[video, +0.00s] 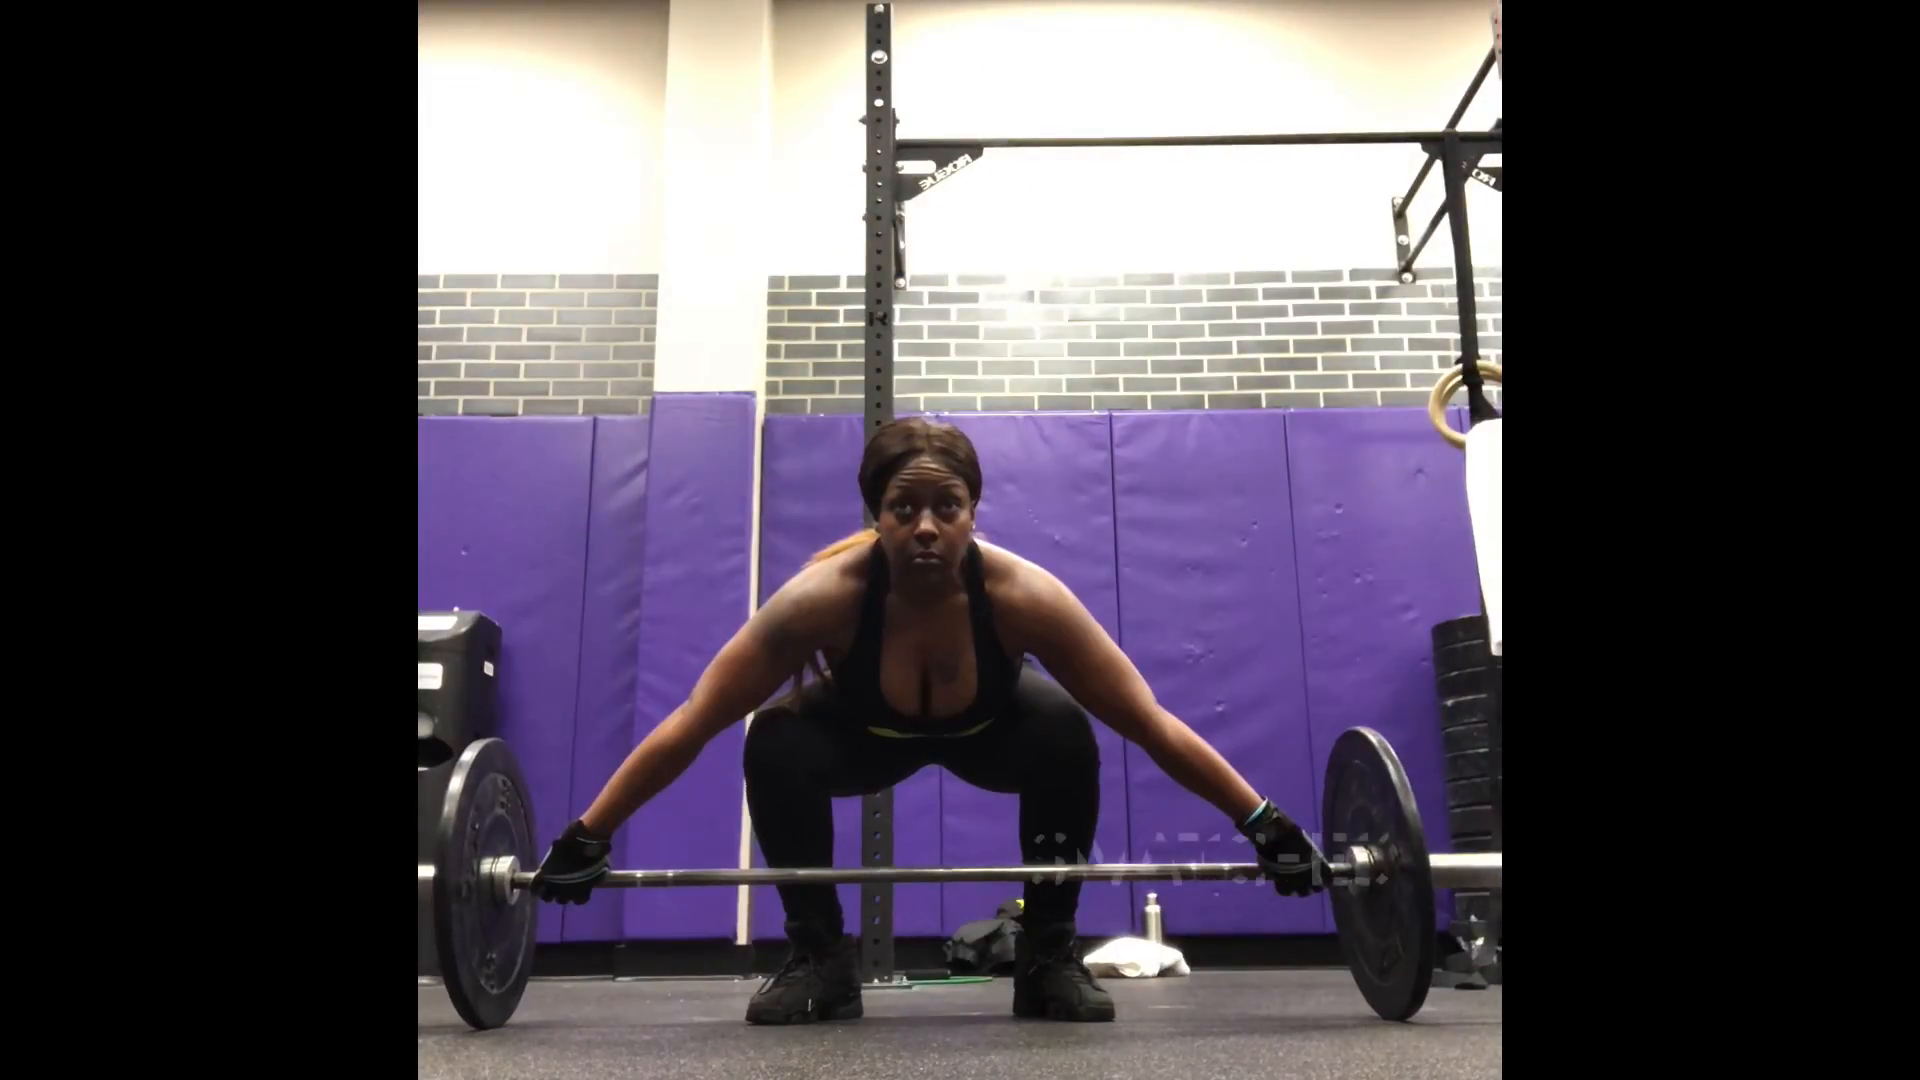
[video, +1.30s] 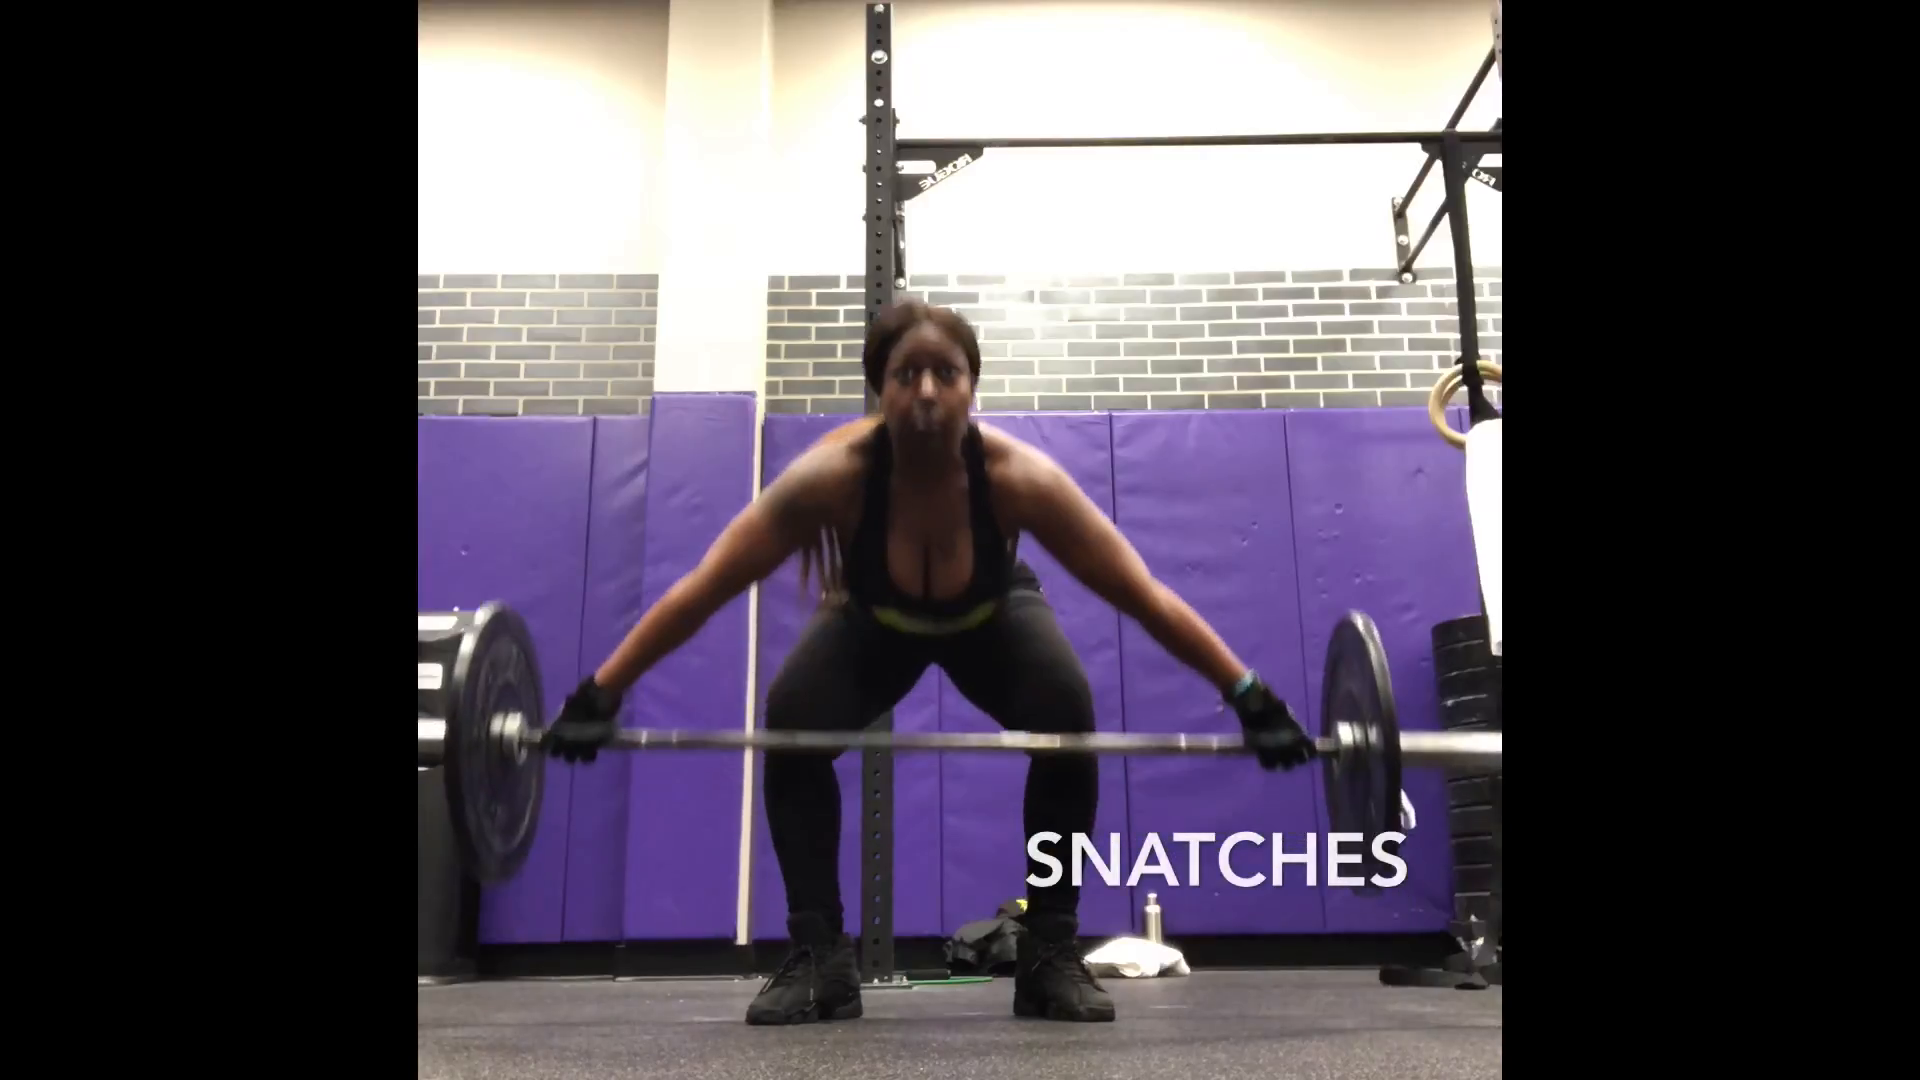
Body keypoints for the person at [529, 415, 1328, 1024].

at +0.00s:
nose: (927, 525)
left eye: (945, 505)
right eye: (907, 507)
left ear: (973, 511)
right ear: (877, 516)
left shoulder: (1025, 595)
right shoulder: (822, 595)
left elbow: (1148, 723)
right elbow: (696, 723)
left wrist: (1262, 820)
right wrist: (585, 835)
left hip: (984, 730)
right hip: (865, 734)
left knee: (1065, 734)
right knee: (776, 748)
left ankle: (1049, 962)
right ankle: (820, 962)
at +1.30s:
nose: (927, 389)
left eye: (945, 372)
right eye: (909, 373)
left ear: (972, 387)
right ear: (879, 390)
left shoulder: (1021, 480)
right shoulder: (831, 477)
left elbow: (1139, 593)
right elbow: (708, 586)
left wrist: (1247, 691)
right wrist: (599, 691)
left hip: (991, 622)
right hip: (876, 626)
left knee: (1069, 720)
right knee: (789, 729)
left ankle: (1050, 960)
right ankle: (817, 959)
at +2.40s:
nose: (938, 359)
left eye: (957, 345)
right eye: (922, 346)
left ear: (985, 363)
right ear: (899, 364)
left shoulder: (1027, 440)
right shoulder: (859, 437)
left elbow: (1157, 371)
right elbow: (735, 374)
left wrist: (1250, 295)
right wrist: (643, 295)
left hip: (1002, 682)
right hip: (881, 685)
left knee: (1151, 751)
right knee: (717, 746)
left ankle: (1184, 966)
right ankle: (702, 964)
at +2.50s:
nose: (939, 373)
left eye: (957, 359)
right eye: (922, 361)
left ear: (984, 375)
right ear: (896, 376)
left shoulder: (1026, 454)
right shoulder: (857, 453)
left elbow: (1157, 386)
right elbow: (730, 389)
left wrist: (1246, 315)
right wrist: (643, 308)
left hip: (1003, 695)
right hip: (880, 699)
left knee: (1151, 753)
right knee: (719, 749)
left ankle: (1185, 968)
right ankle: (703, 966)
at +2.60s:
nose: (939, 391)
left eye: (956, 374)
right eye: (921, 376)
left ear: (983, 385)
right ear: (895, 388)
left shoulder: (1027, 463)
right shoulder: (855, 462)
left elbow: (1160, 394)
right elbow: (730, 397)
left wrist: (1250, 321)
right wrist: (643, 316)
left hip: (1004, 701)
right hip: (882, 705)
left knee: (1149, 756)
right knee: (725, 754)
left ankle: (1184, 964)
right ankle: (704, 964)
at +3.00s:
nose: (943, 394)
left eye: (960, 379)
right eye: (925, 380)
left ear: (986, 395)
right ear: (900, 398)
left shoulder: (1031, 474)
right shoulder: (857, 471)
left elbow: (1161, 409)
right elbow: (730, 402)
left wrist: (1254, 333)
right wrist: (645, 326)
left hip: (1007, 711)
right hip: (884, 714)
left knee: (1147, 753)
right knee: (731, 752)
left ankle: (1185, 961)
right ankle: (704, 961)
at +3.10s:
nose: (943, 388)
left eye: (961, 375)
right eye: (924, 377)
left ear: (988, 397)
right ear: (900, 401)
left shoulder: (1031, 479)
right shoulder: (858, 475)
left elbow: (1162, 412)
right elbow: (731, 406)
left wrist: (1258, 336)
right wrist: (645, 331)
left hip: (1007, 714)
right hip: (884, 717)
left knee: (1145, 753)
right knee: (731, 752)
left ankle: (1185, 964)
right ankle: (705, 960)